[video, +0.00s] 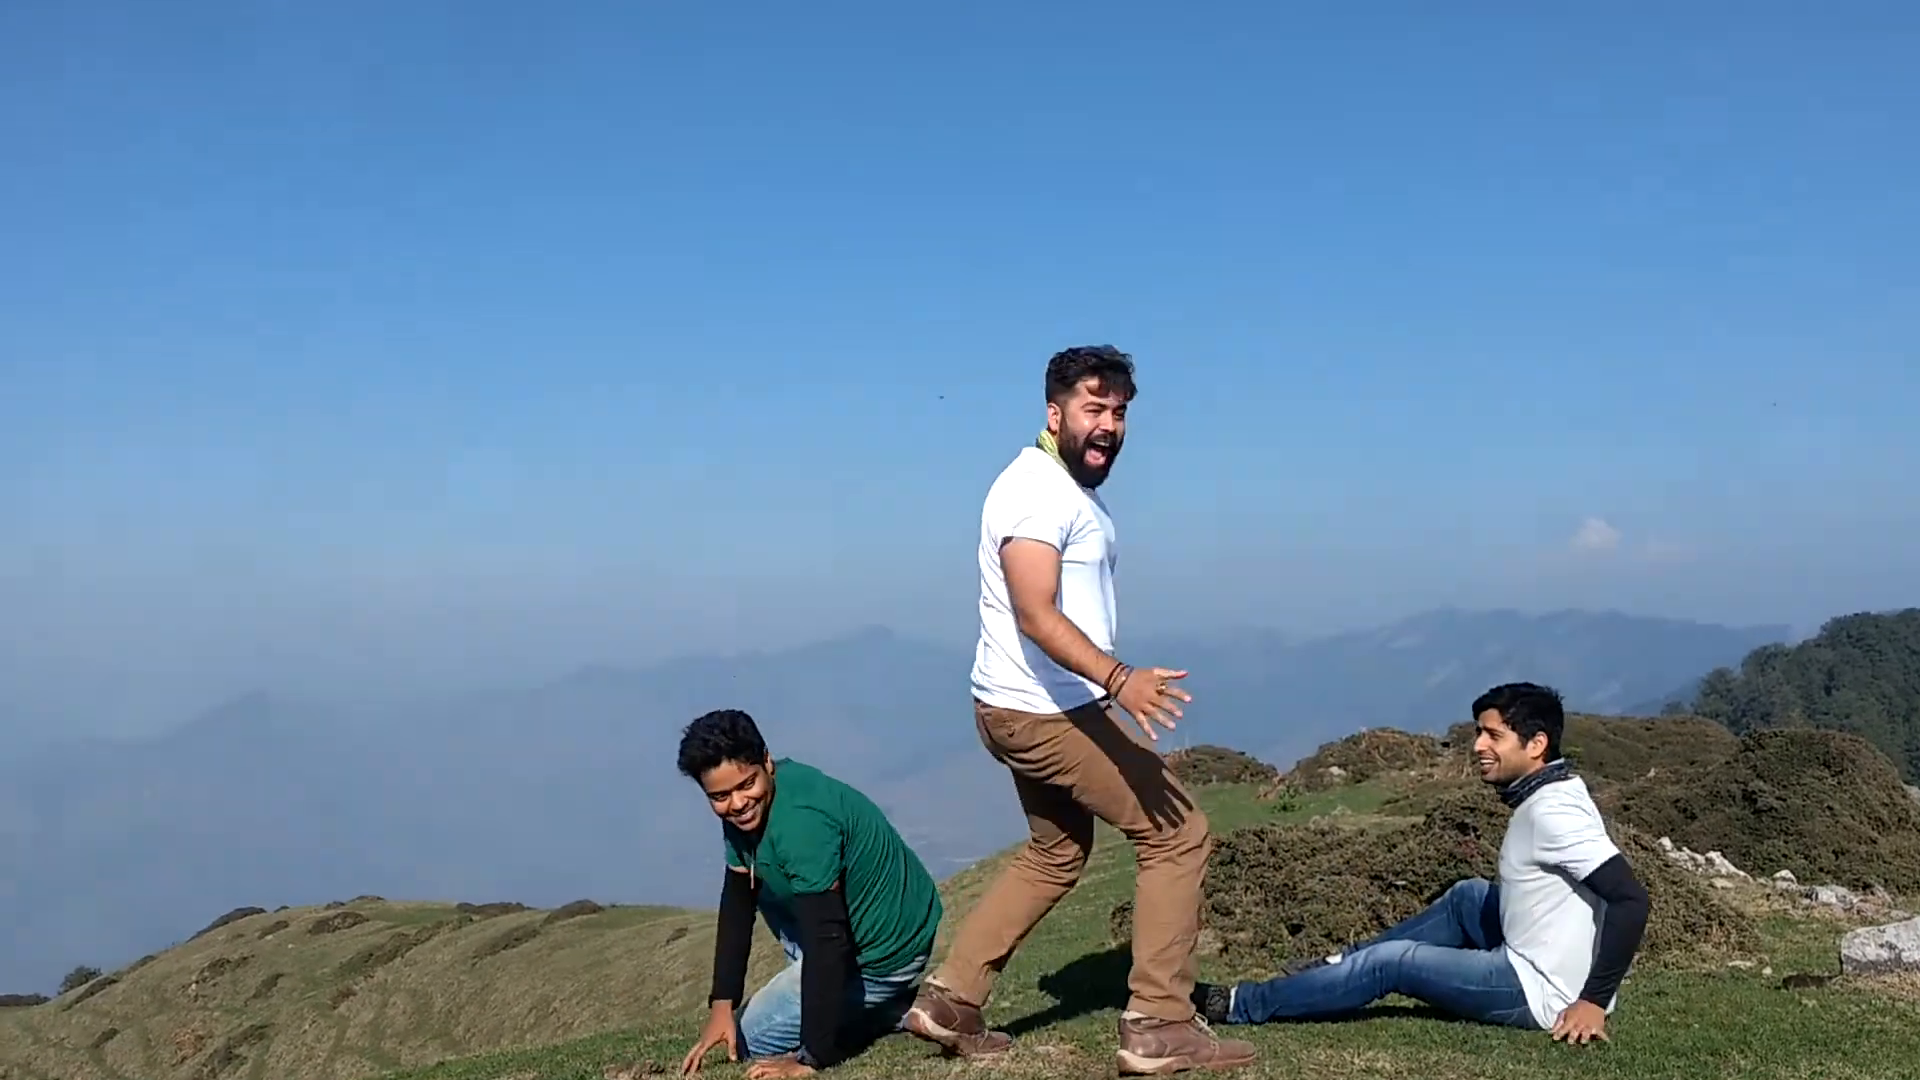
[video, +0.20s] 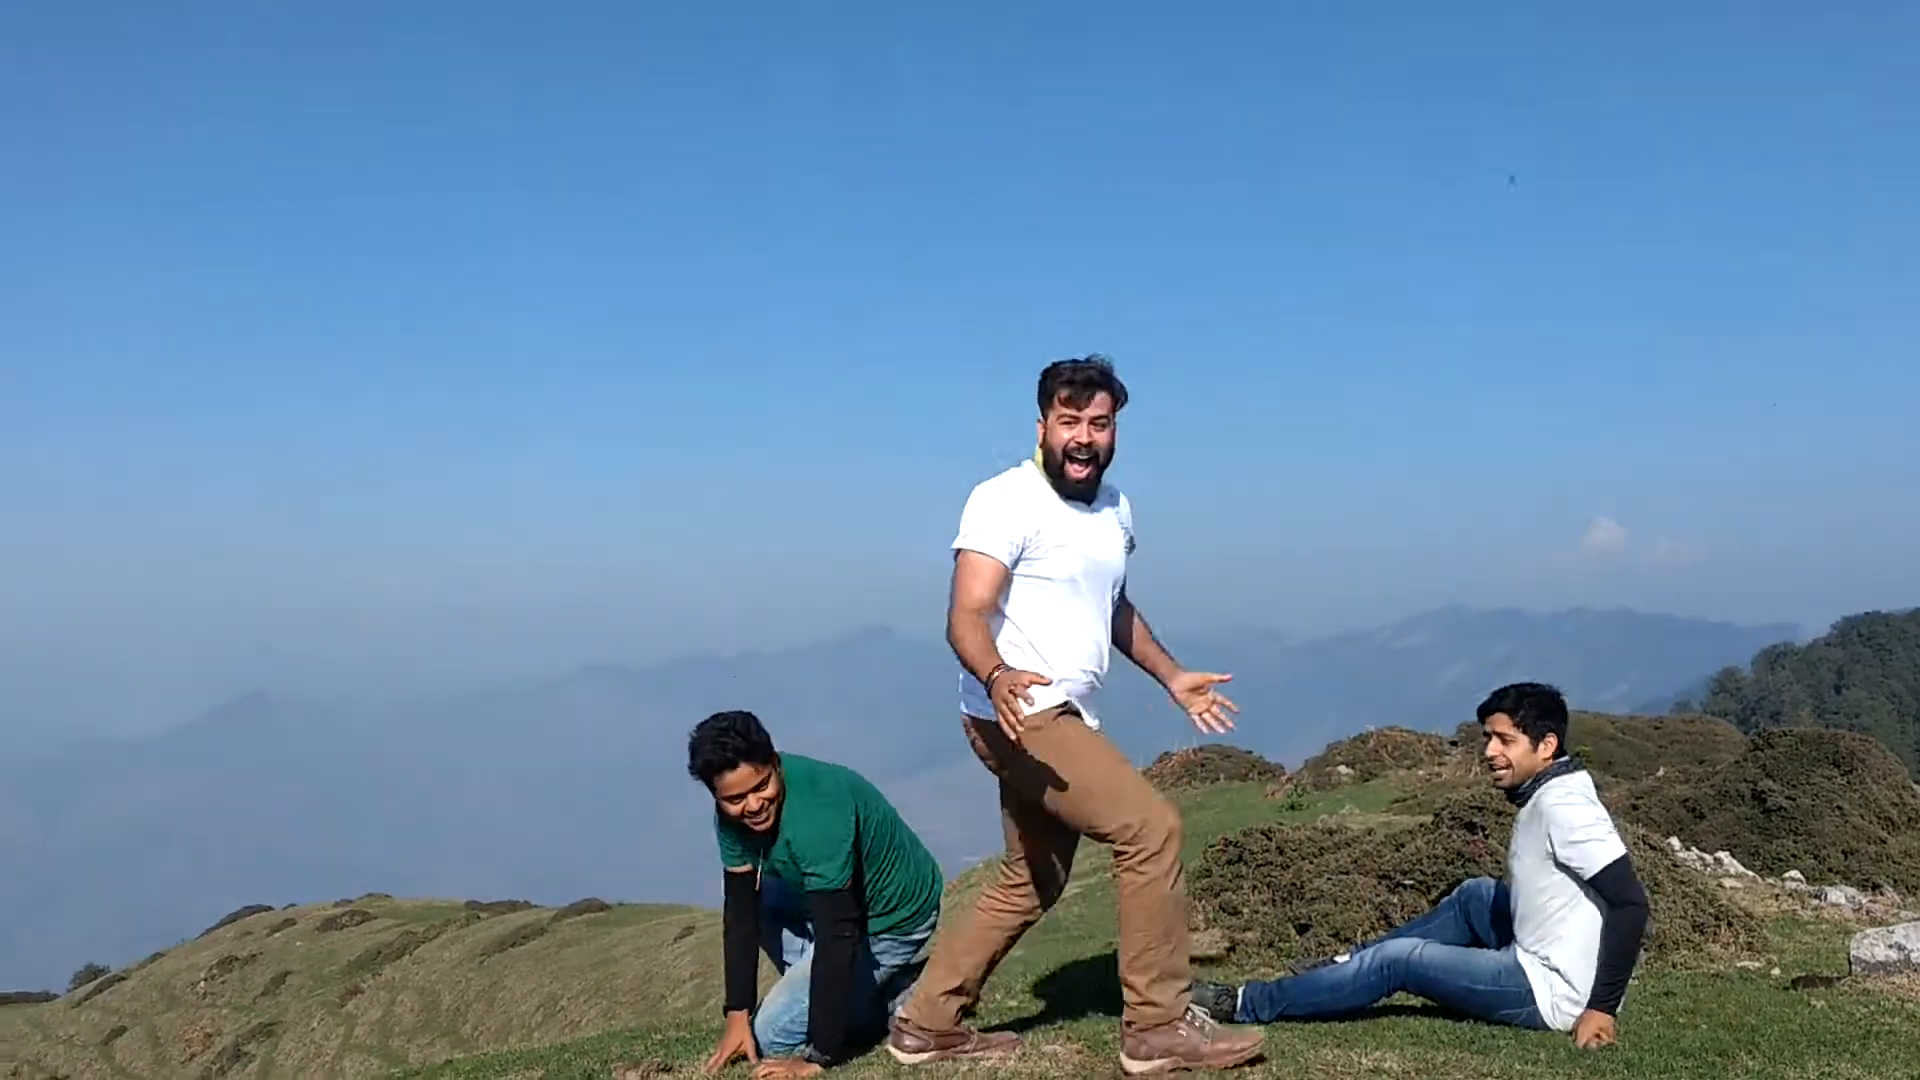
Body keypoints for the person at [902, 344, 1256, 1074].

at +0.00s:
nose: (1110, 426)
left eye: (1120, 412)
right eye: (1094, 410)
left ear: (1126, 417)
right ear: (1054, 413)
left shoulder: (1059, 487)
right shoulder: (1039, 488)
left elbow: (1045, 615)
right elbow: (1036, 614)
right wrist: (1117, 678)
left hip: (1020, 707)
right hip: (1047, 708)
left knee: (1057, 850)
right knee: (1177, 832)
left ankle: (949, 1003)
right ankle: (1160, 1023)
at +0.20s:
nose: (1084, 438)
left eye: (1100, 423)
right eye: (1069, 421)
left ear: (1115, 431)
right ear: (1041, 424)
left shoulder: (1114, 510)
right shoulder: (1005, 498)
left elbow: (1112, 605)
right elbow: (967, 616)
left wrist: (1173, 675)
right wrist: (994, 673)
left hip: (1059, 711)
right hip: (1017, 711)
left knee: (1033, 878)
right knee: (1150, 828)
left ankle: (928, 1022)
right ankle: (1158, 1025)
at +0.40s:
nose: (1123, 439)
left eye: (1129, 423)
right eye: (1106, 425)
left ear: (1134, 422)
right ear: (1059, 428)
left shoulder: (1136, 501)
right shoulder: (1009, 504)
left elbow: (1176, 569)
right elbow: (945, 607)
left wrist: (1282, 600)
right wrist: (930, 667)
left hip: (1096, 715)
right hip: (1030, 706)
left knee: (1047, 884)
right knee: (1131, 843)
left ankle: (930, 1010)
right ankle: (1101, 1037)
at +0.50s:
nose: (1153, 432)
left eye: (1157, 416)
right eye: (1137, 416)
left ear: (1155, 415)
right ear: (1085, 417)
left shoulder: (1156, 492)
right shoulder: (1021, 496)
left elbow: (1211, 546)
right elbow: (956, 592)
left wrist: (1313, 564)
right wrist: (939, 641)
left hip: (1132, 715)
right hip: (1049, 706)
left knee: (1144, 879)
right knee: (1122, 856)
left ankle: (998, 954)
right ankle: (1107, 1034)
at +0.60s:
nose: (1170, 422)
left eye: (1174, 406)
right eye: (1154, 407)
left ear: (1176, 404)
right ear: (1101, 408)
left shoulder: (1177, 480)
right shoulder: (1036, 488)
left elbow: (1224, 531)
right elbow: (980, 567)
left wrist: (1313, 555)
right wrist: (961, 602)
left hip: (1166, 705)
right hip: (1070, 709)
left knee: (1211, 862)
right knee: (1120, 865)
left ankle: (1085, 930)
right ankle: (1107, 1033)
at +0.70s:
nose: (1200, 413)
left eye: (1205, 395)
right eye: (1185, 395)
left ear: (1203, 394)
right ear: (1130, 396)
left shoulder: (1201, 471)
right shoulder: (1060, 473)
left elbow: (1244, 520)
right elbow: (986, 556)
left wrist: (1329, 548)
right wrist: (967, 587)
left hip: (1190, 696)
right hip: (1089, 705)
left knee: (1255, 847)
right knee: (1119, 874)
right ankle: (1106, 1028)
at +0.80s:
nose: (1239, 409)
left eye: (1244, 390)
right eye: (1224, 390)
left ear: (1245, 388)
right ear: (1168, 389)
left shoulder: (1237, 468)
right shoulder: (1092, 462)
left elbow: (1288, 518)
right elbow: (1014, 548)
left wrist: (1377, 540)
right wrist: (1025, 578)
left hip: (1214, 695)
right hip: (1110, 708)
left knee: (1306, 830)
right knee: (1118, 886)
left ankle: (1236, 1011)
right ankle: (1110, 1034)